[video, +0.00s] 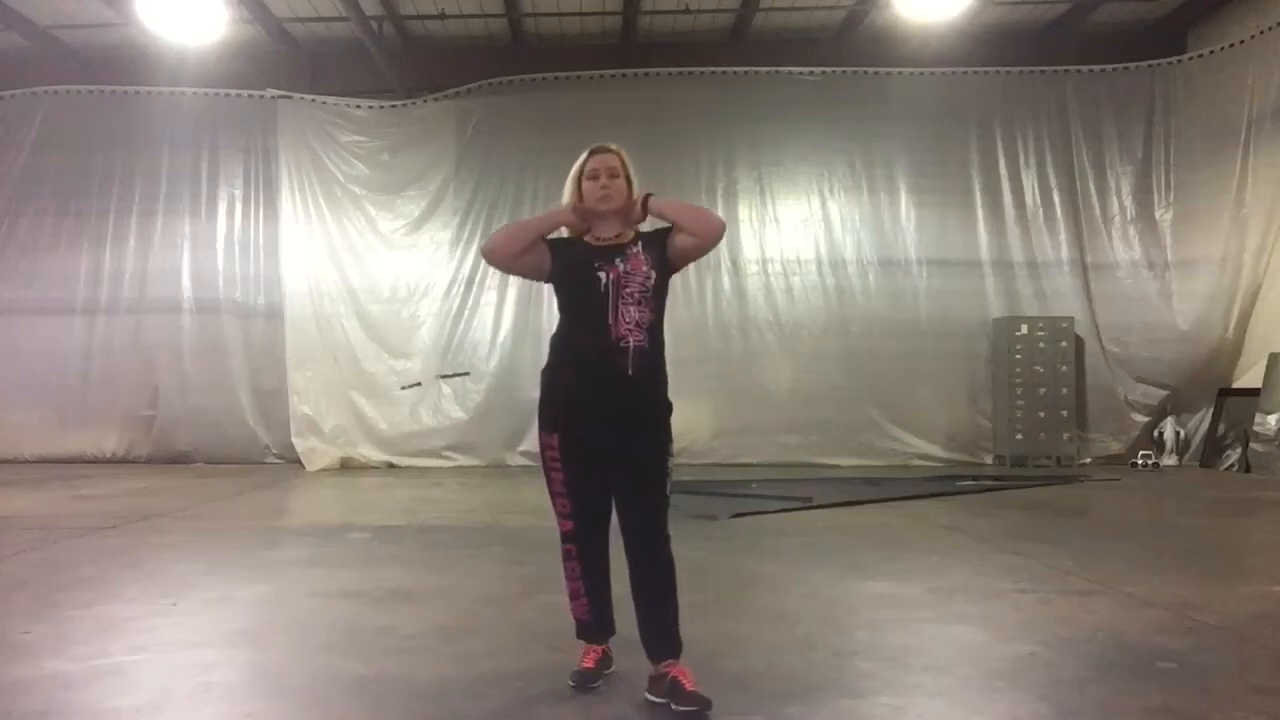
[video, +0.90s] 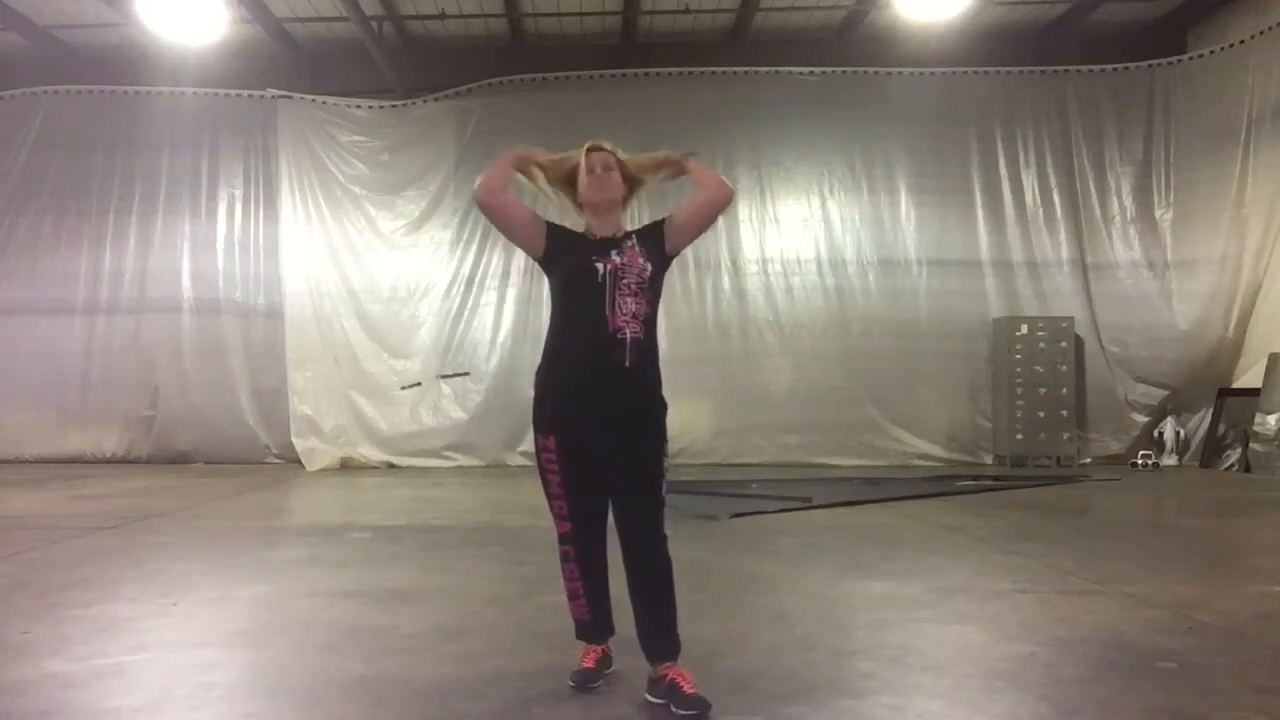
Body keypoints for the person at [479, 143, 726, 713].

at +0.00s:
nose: (603, 183)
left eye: (613, 175)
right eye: (592, 176)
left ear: (631, 190)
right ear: (577, 191)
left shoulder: (657, 252)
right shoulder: (561, 257)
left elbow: (711, 228)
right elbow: (494, 250)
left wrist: (651, 203)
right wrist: (560, 216)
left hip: (641, 414)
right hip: (571, 416)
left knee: (650, 538)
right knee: (582, 536)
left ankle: (666, 662)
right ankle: (594, 646)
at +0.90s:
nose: (597, 173)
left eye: (607, 166)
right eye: (587, 168)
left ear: (626, 185)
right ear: (575, 188)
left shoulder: (653, 242)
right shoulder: (556, 245)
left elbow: (717, 192)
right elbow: (489, 192)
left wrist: (679, 161)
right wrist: (522, 156)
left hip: (635, 412)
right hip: (565, 413)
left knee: (646, 538)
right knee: (579, 537)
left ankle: (665, 663)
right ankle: (593, 645)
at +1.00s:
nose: (596, 174)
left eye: (605, 168)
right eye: (585, 170)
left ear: (622, 186)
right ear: (573, 190)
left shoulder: (654, 244)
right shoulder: (555, 244)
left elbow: (731, 234)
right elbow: (476, 221)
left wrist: (742, 173)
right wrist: (459, 156)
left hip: (637, 411)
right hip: (567, 413)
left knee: (647, 538)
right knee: (579, 536)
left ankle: (665, 664)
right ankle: (594, 646)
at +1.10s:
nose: (599, 169)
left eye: (608, 167)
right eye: (587, 169)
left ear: (625, 189)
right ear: (573, 195)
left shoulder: (653, 247)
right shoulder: (556, 252)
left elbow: (721, 288)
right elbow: (478, 279)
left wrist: (779, 247)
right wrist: (424, 222)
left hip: (637, 413)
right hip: (568, 415)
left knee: (646, 537)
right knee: (579, 536)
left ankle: (665, 665)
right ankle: (593, 646)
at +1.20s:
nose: (596, 169)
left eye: (606, 166)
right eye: (586, 168)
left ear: (624, 186)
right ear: (573, 192)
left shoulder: (654, 248)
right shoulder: (559, 256)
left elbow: (700, 320)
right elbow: (507, 321)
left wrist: (749, 343)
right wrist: (445, 326)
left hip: (638, 413)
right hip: (569, 416)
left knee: (645, 536)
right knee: (579, 536)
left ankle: (665, 665)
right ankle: (593, 646)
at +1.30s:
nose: (595, 166)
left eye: (604, 162)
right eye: (583, 166)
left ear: (623, 184)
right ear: (571, 193)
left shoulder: (655, 246)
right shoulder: (559, 257)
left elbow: (681, 328)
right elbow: (526, 338)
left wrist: (703, 397)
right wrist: (473, 391)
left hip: (638, 415)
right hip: (568, 419)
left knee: (645, 537)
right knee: (578, 537)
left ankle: (664, 665)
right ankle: (592, 646)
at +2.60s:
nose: (630, 162)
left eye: (640, 156)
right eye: (619, 161)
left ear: (662, 175)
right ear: (608, 186)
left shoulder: (692, 240)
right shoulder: (592, 247)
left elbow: (725, 315)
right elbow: (561, 319)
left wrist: (718, 374)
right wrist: (555, 384)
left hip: (677, 407)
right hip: (607, 406)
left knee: (670, 527)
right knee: (604, 526)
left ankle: (662, 642)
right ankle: (598, 643)